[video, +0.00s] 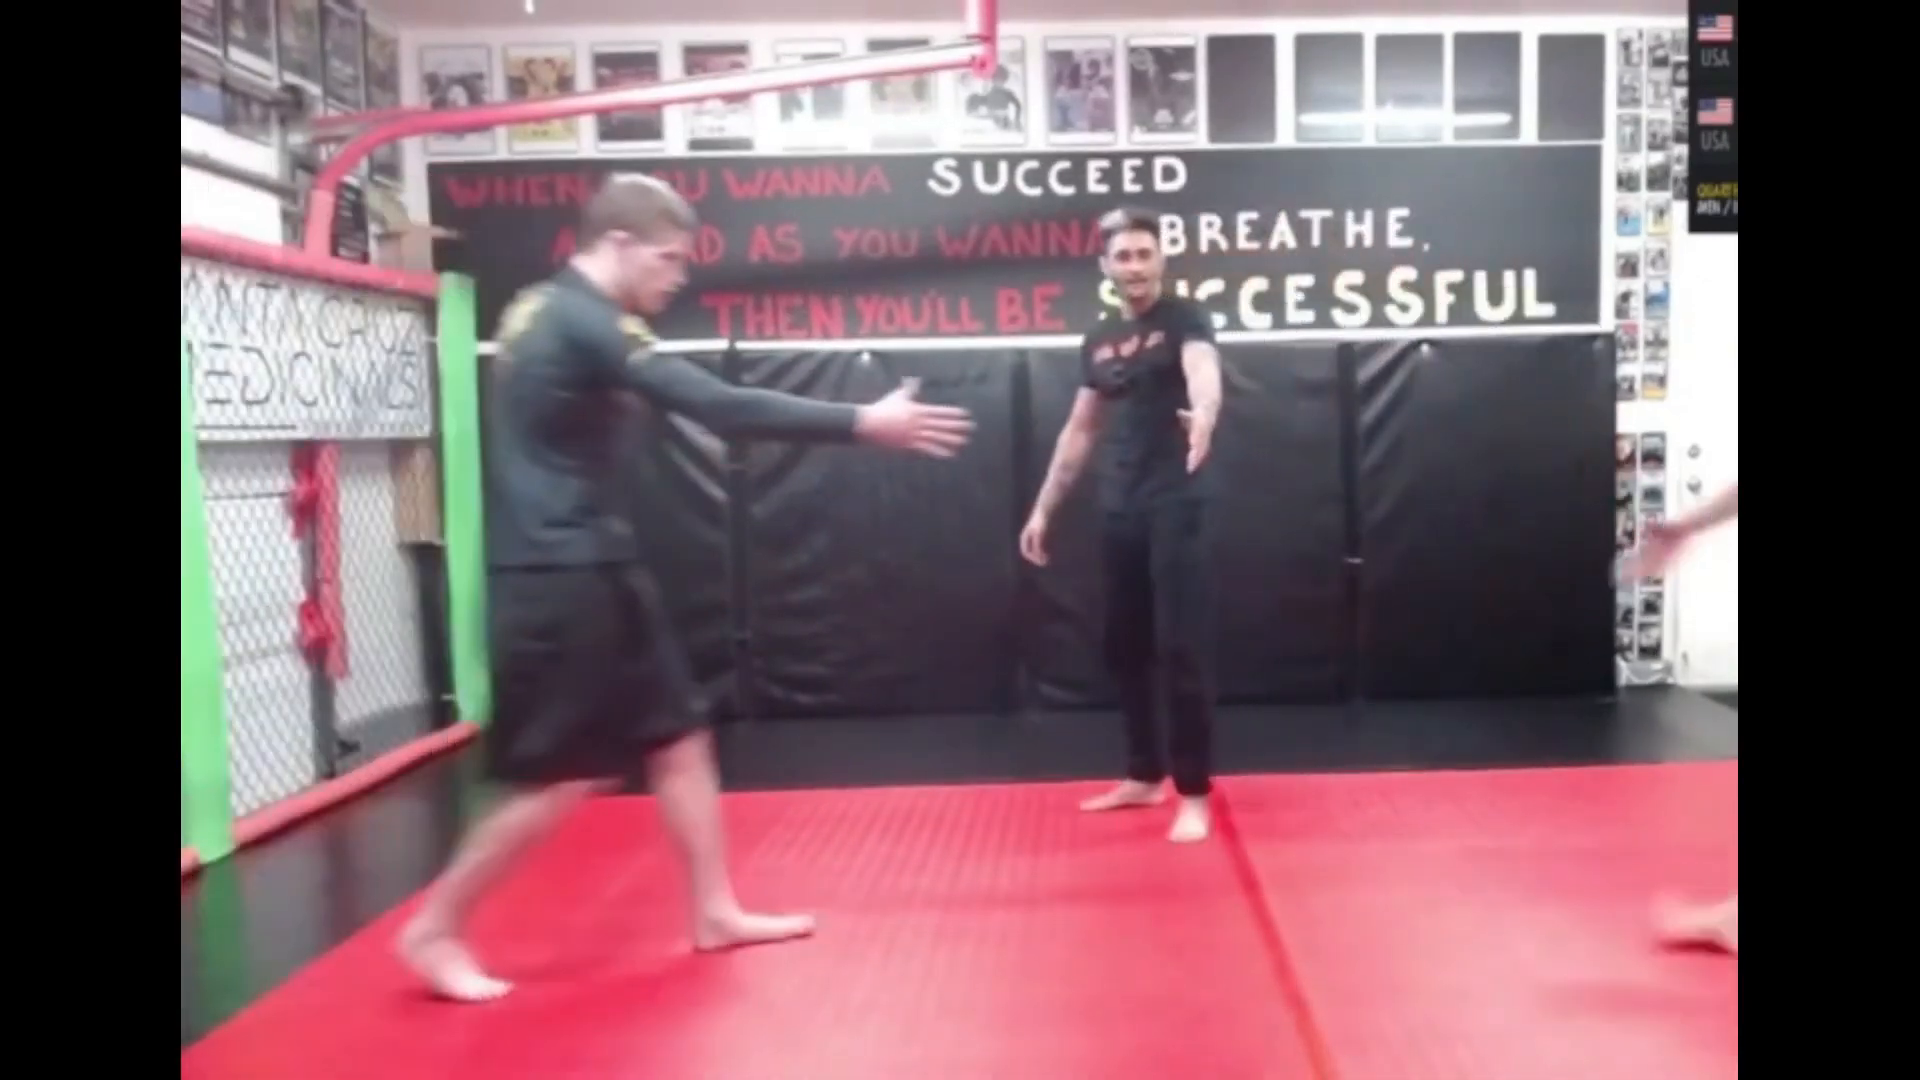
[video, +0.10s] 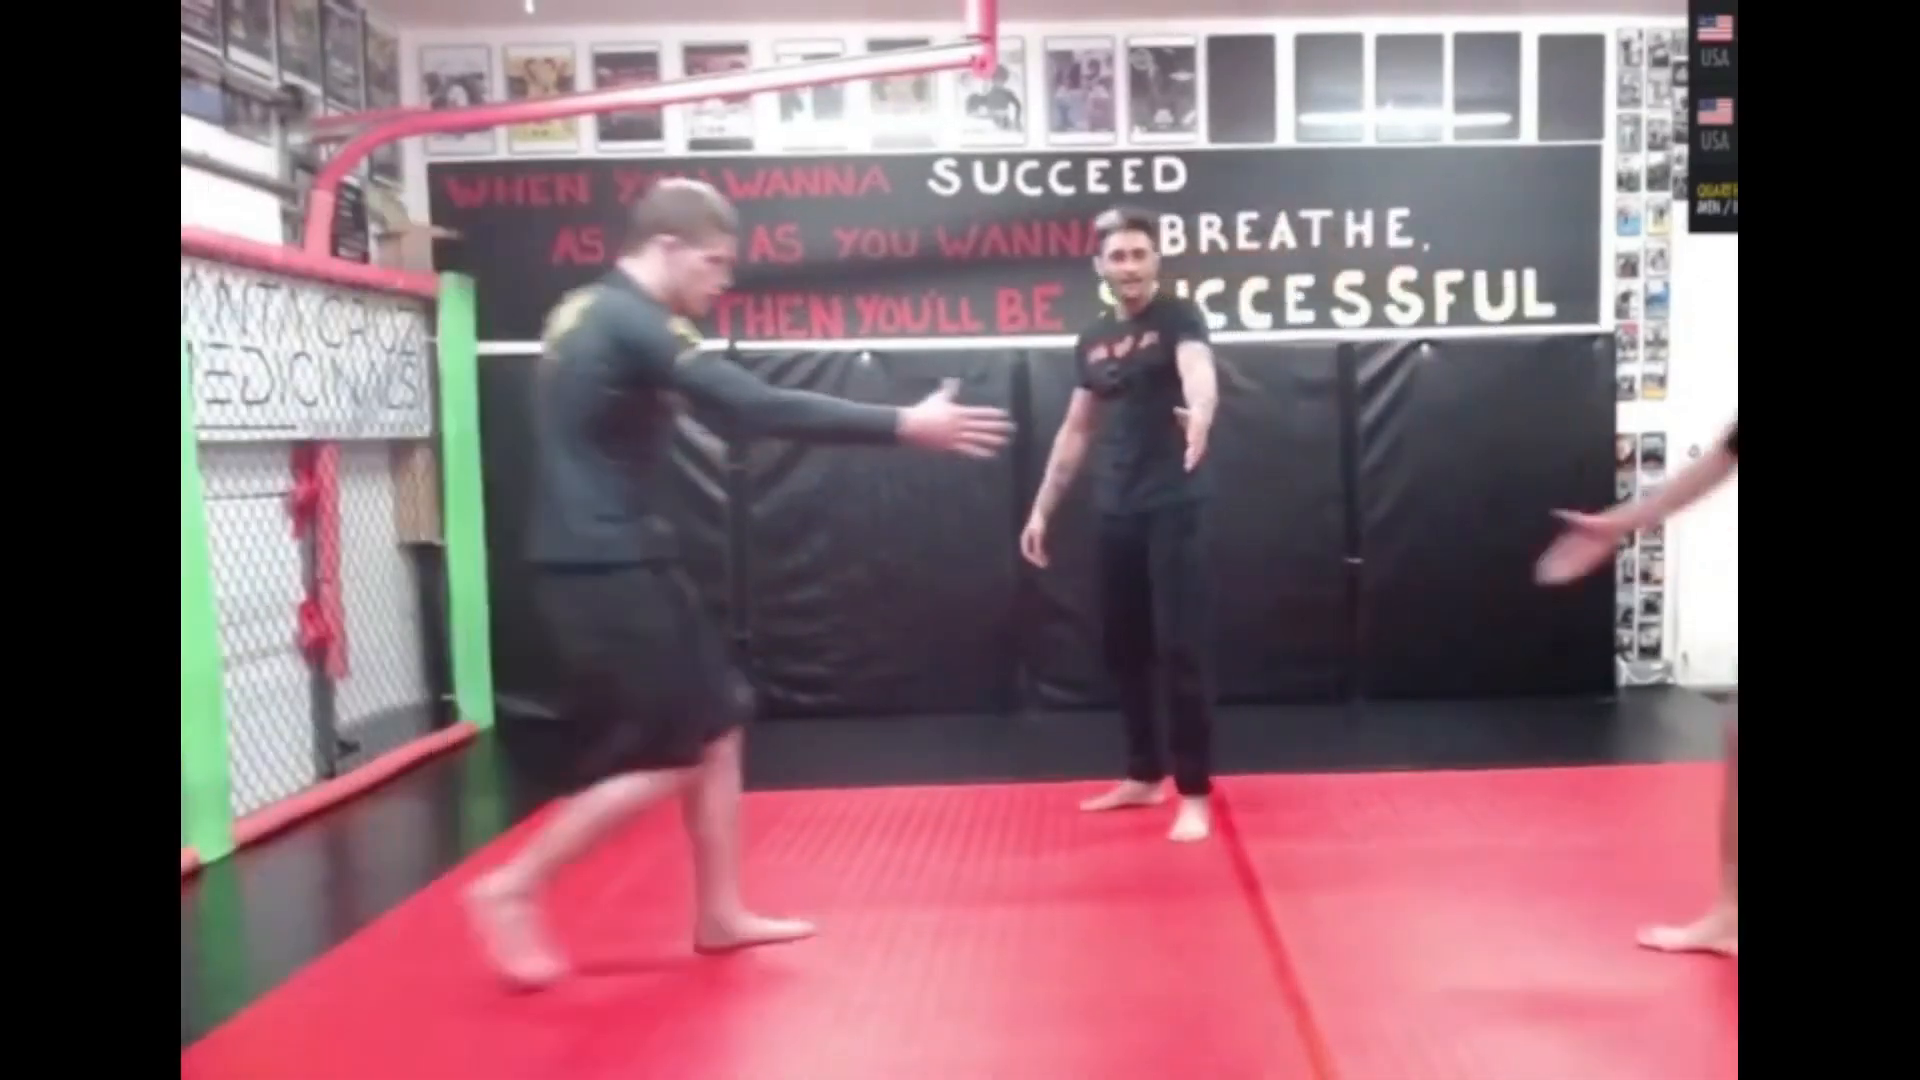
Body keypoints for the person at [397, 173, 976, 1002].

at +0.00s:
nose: (678, 281)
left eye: (681, 265)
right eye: (671, 262)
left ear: (612, 251)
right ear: (619, 247)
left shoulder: (546, 312)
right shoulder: (583, 320)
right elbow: (715, 400)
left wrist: (678, 425)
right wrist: (861, 420)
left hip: (587, 567)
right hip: (561, 572)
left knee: (680, 732)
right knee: (563, 771)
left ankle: (717, 913)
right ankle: (432, 929)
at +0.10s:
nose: (722, 286)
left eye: (725, 269)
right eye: (716, 267)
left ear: (658, 255)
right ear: (666, 251)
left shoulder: (590, 313)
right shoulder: (627, 320)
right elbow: (750, 404)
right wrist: (904, 422)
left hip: (609, 563)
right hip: (600, 568)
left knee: (718, 718)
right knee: (675, 750)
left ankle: (720, 913)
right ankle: (509, 888)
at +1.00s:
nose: (1002, 342)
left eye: (1007, 326)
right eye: (998, 322)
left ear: (940, 306)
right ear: (950, 305)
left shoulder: (868, 323)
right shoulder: (913, 363)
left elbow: (797, 428)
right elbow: (943, 509)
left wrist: (839, 522)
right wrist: (1033, 452)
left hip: (720, 525)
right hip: (779, 543)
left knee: (761, 729)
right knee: (872, 728)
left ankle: (719, 910)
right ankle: (903, 928)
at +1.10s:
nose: (1008, 348)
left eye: (1013, 332)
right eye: (1003, 329)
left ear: (947, 313)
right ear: (956, 313)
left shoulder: (871, 328)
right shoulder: (922, 372)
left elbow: (789, 422)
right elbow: (993, 500)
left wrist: (840, 519)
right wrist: (1088, 433)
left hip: (719, 526)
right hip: (774, 545)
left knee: (757, 731)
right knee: (871, 728)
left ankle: (719, 910)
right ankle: (904, 930)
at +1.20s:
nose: (1007, 347)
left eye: (1012, 332)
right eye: (1003, 329)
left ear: (946, 312)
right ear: (956, 312)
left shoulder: (870, 327)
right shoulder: (920, 370)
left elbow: (791, 425)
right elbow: (989, 497)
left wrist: (838, 519)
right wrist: (1079, 435)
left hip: (718, 526)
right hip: (776, 545)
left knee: (759, 730)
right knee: (871, 728)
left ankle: (718, 911)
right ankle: (905, 929)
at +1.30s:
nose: (1007, 339)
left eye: (1011, 323)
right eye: (1003, 320)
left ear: (943, 305)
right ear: (955, 305)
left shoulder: (868, 323)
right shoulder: (916, 365)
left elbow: (795, 427)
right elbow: (946, 510)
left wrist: (839, 522)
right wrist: (1056, 469)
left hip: (722, 525)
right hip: (780, 544)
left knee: (760, 730)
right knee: (871, 729)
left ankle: (719, 912)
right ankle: (905, 929)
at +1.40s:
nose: (1004, 325)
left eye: (1007, 309)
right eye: (997, 308)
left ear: (938, 297)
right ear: (947, 298)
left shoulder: (858, 322)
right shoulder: (905, 354)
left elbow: (786, 448)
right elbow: (852, 497)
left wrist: (842, 534)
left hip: (724, 529)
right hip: (782, 544)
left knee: (763, 729)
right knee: (880, 729)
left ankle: (719, 911)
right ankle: (905, 929)